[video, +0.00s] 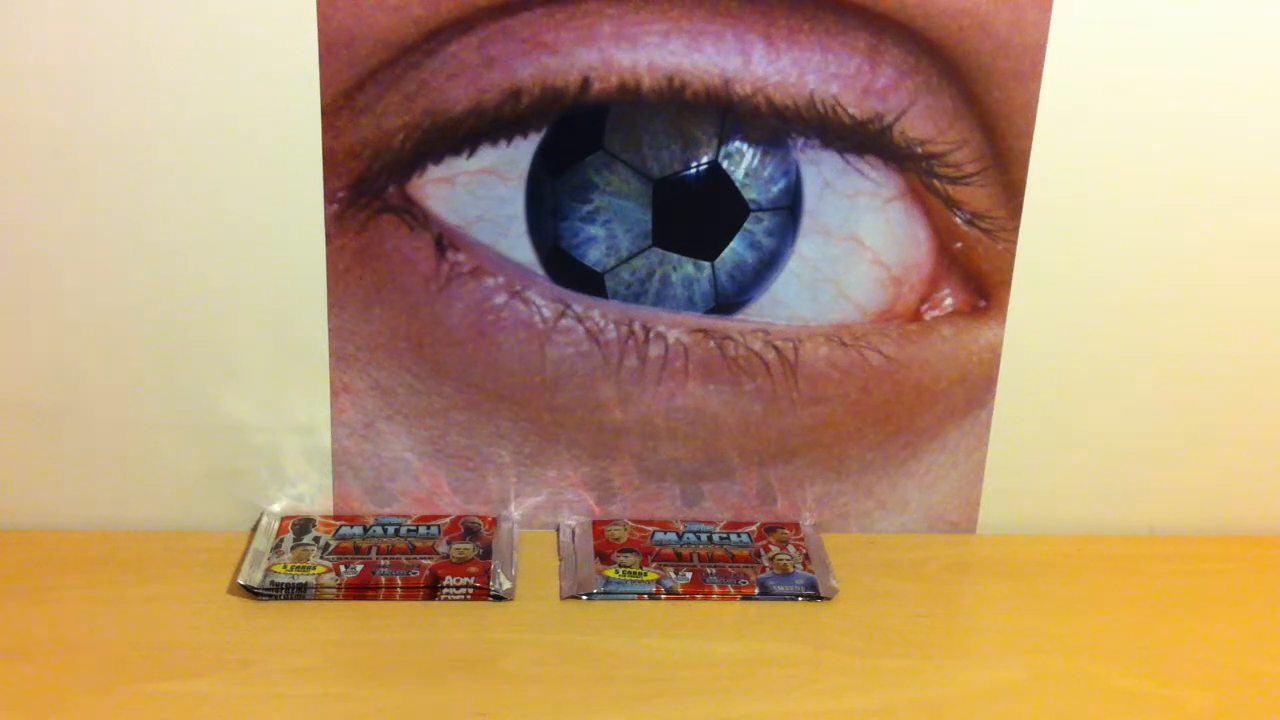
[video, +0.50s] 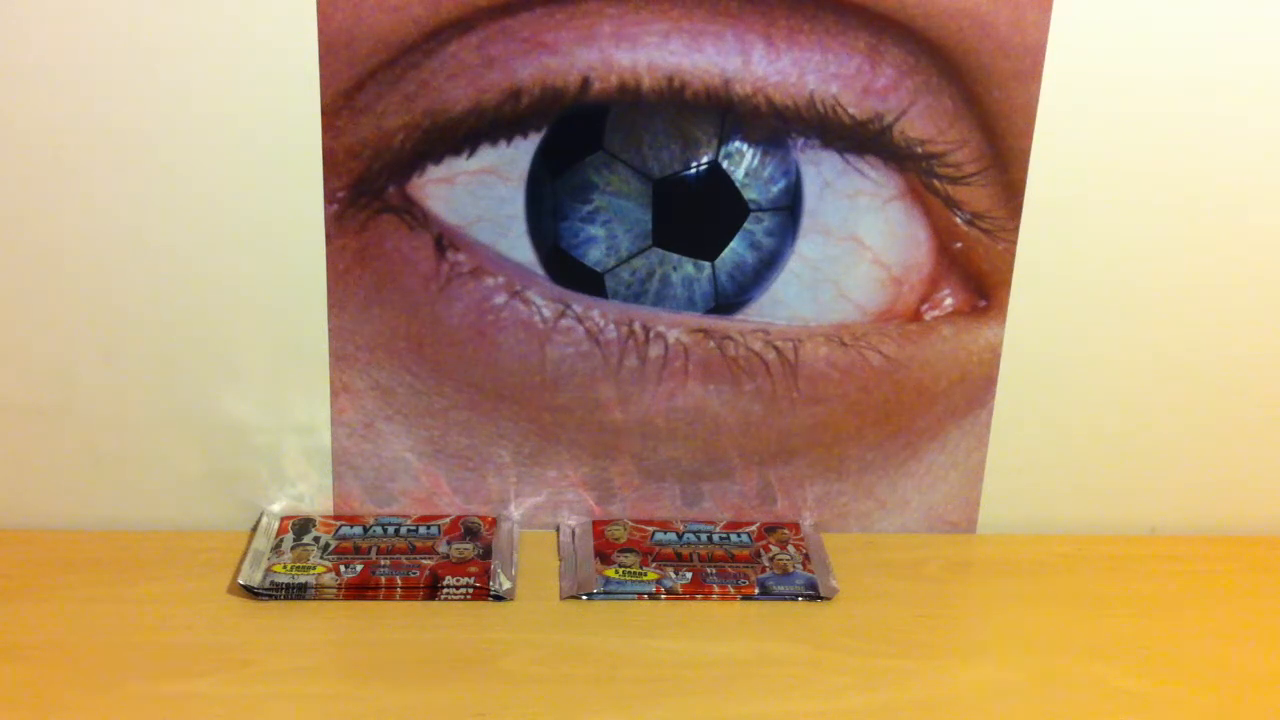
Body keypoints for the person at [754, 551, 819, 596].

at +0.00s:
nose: (785, 563)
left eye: (788, 560)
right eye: (780, 560)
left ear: (793, 562)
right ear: (772, 563)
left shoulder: (809, 579)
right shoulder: (763, 580)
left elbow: (820, 602)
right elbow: (762, 604)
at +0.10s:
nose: (785, 563)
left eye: (788, 560)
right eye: (780, 560)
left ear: (793, 562)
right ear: (772, 563)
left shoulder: (809, 579)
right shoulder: (763, 580)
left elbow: (819, 602)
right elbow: (762, 604)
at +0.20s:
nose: (784, 563)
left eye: (788, 560)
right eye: (780, 560)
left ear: (793, 562)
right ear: (773, 563)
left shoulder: (809, 579)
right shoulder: (763, 580)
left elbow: (818, 603)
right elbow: (762, 604)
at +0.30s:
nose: (784, 563)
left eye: (787, 560)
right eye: (780, 560)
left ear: (792, 562)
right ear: (773, 563)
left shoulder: (809, 579)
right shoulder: (763, 580)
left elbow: (818, 603)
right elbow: (762, 605)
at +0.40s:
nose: (784, 563)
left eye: (787, 560)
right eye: (780, 560)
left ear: (792, 562)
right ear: (773, 563)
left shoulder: (809, 579)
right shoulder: (763, 580)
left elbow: (818, 603)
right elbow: (762, 605)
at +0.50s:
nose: (784, 563)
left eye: (787, 560)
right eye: (780, 560)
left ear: (792, 562)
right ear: (772, 563)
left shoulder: (809, 579)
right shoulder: (762, 580)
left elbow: (818, 604)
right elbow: (760, 605)